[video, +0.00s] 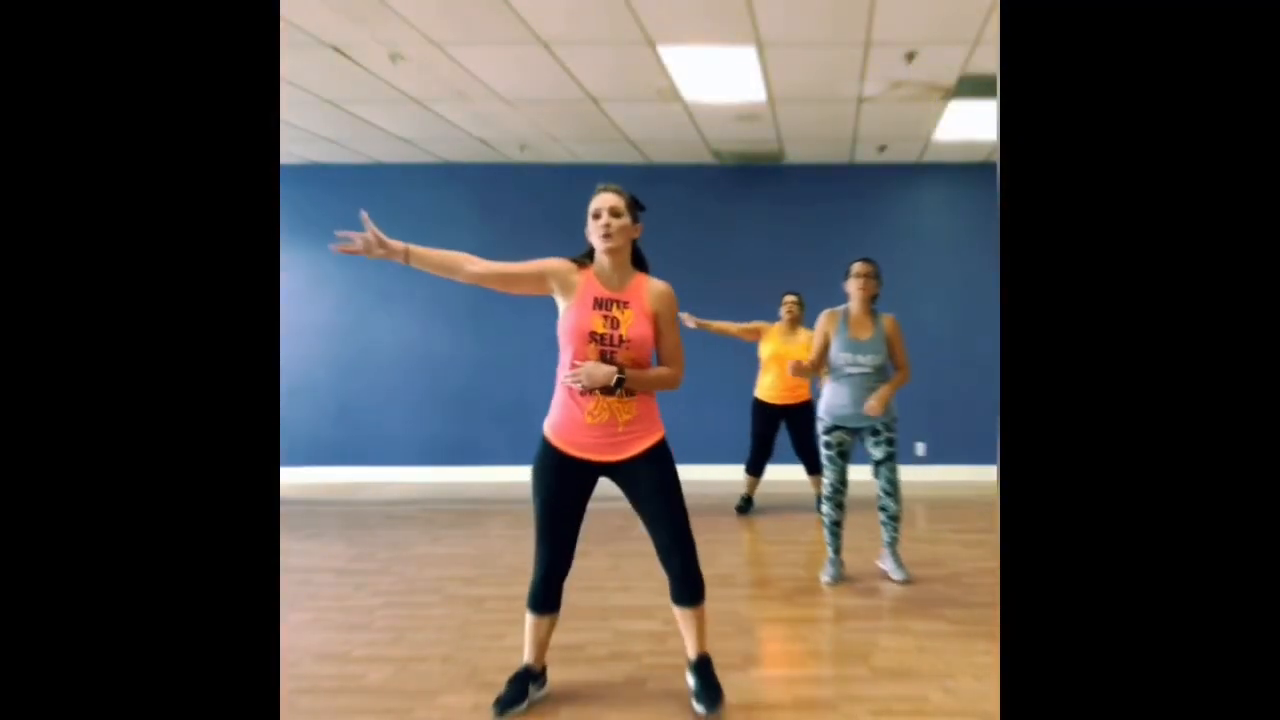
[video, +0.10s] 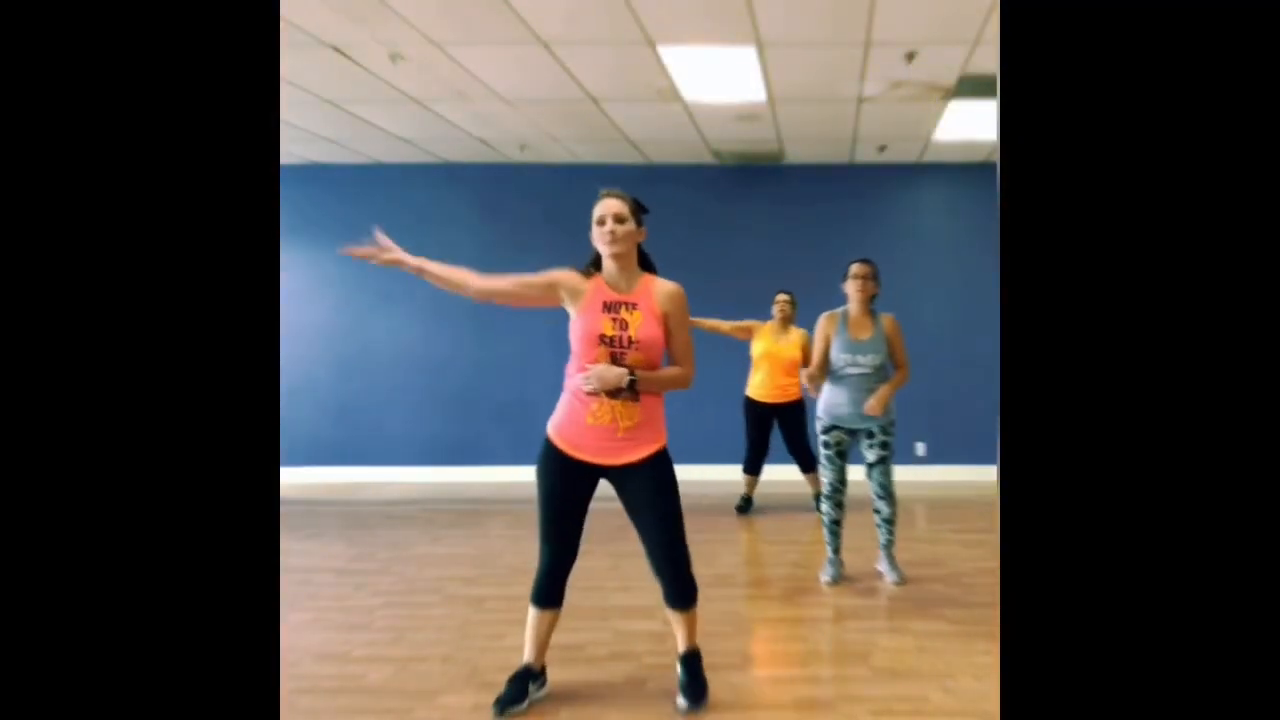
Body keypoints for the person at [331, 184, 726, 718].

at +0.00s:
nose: (605, 223)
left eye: (615, 215)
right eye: (597, 216)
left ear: (636, 227)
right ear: (587, 228)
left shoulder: (657, 294)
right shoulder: (564, 277)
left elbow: (673, 375)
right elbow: (473, 269)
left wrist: (619, 375)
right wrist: (395, 249)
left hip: (640, 446)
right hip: (567, 444)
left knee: (681, 556)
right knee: (550, 564)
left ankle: (699, 664)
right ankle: (532, 670)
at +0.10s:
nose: (610, 229)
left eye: (621, 221)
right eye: (602, 222)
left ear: (641, 231)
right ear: (592, 234)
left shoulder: (667, 296)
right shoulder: (572, 286)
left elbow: (684, 375)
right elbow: (479, 285)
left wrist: (629, 377)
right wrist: (409, 261)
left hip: (641, 451)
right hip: (570, 445)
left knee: (674, 565)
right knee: (554, 561)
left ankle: (689, 658)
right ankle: (532, 669)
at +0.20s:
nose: (624, 234)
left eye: (634, 227)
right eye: (615, 227)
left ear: (650, 237)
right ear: (602, 238)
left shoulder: (677, 297)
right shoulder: (585, 301)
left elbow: (702, 372)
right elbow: (515, 338)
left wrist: (646, 383)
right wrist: (474, 282)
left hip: (652, 457)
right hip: (582, 449)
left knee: (665, 574)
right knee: (563, 562)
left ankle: (686, 668)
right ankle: (532, 669)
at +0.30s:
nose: (637, 227)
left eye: (647, 219)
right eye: (628, 219)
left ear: (662, 230)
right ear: (613, 231)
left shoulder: (685, 281)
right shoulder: (595, 298)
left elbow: (718, 355)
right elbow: (564, 368)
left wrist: (658, 371)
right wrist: (545, 311)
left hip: (670, 445)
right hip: (602, 442)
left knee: (673, 569)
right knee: (567, 559)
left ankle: (687, 669)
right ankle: (538, 669)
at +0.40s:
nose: (644, 223)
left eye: (655, 216)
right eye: (636, 215)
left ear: (668, 228)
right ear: (621, 227)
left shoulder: (688, 274)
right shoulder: (603, 293)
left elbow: (728, 346)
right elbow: (599, 376)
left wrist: (665, 365)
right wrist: (578, 323)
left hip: (685, 437)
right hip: (620, 435)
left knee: (683, 559)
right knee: (572, 541)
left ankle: (687, 665)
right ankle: (576, 648)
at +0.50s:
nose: (650, 225)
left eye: (659, 218)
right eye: (641, 217)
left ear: (673, 230)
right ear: (625, 228)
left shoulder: (690, 276)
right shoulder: (607, 292)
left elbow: (731, 346)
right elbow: (606, 378)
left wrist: (672, 366)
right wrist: (596, 331)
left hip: (693, 436)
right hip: (631, 434)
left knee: (688, 557)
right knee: (590, 543)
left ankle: (688, 665)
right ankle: (625, 624)